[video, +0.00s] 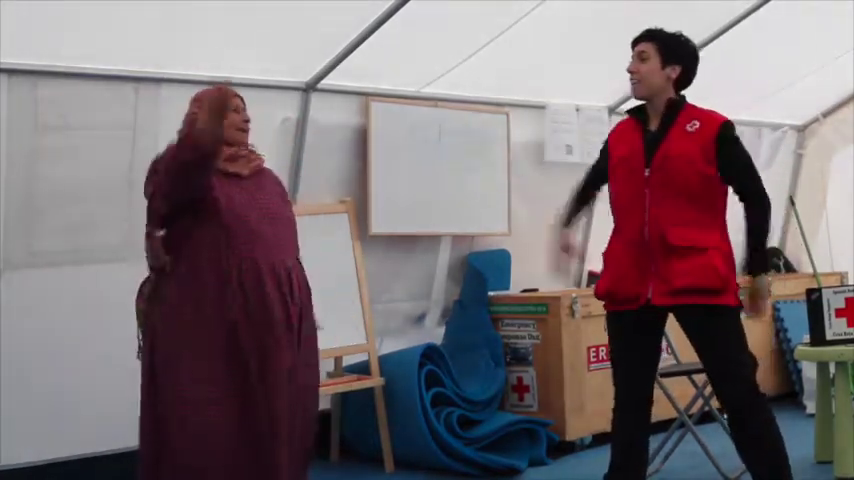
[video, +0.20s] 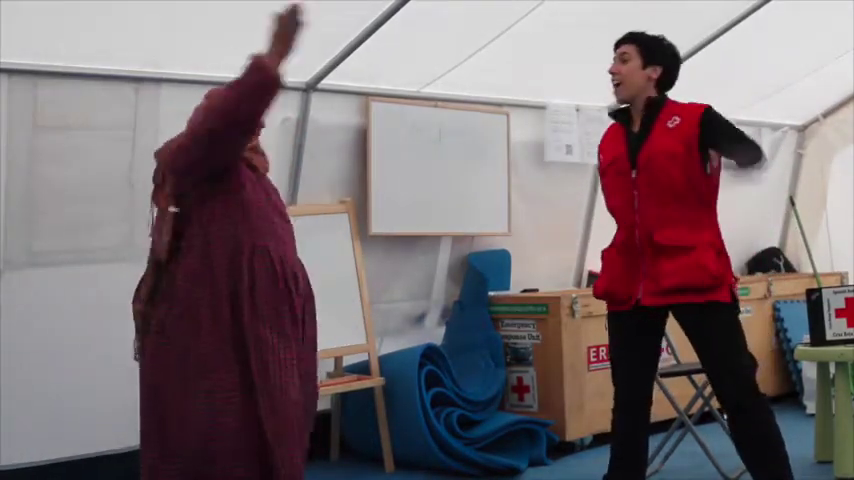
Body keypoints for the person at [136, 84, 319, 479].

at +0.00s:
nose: (244, 117)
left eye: (244, 110)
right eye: (232, 110)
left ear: (248, 121)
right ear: (201, 120)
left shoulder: (266, 179)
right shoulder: (173, 172)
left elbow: (283, 252)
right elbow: (185, 168)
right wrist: (199, 131)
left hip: (275, 335)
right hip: (202, 335)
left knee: (277, 450)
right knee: (203, 450)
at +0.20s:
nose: (254, 129)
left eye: (255, 122)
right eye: (243, 122)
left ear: (261, 129)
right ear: (216, 130)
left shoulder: (261, 190)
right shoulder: (191, 172)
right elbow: (221, 121)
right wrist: (273, 58)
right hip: (210, 357)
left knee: (269, 455)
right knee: (218, 456)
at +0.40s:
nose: (283, 134)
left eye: (284, 127)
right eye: (279, 125)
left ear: (232, 122)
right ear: (255, 127)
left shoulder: (197, 166)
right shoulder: (229, 160)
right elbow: (291, 148)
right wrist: (365, 114)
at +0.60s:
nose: (329, 191)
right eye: (327, 179)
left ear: (277, 155)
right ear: (311, 178)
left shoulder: (222, 191)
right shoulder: (281, 196)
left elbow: (152, 258)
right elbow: (340, 250)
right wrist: (415, 273)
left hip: (146, 338)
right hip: (227, 342)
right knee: (294, 429)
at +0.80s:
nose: (351, 264)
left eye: (356, 256)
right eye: (354, 255)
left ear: (322, 215)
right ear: (341, 243)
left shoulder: (262, 221)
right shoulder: (309, 263)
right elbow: (326, 346)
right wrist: (364, 402)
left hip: (117, 317)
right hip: (167, 337)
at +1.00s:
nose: (359, 333)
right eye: (364, 326)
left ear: (345, 274)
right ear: (360, 321)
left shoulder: (289, 260)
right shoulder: (321, 335)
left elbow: (209, 247)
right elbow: (306, 415)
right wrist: (316, 470)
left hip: (127, 304)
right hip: (169, 346)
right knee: (215, 455)